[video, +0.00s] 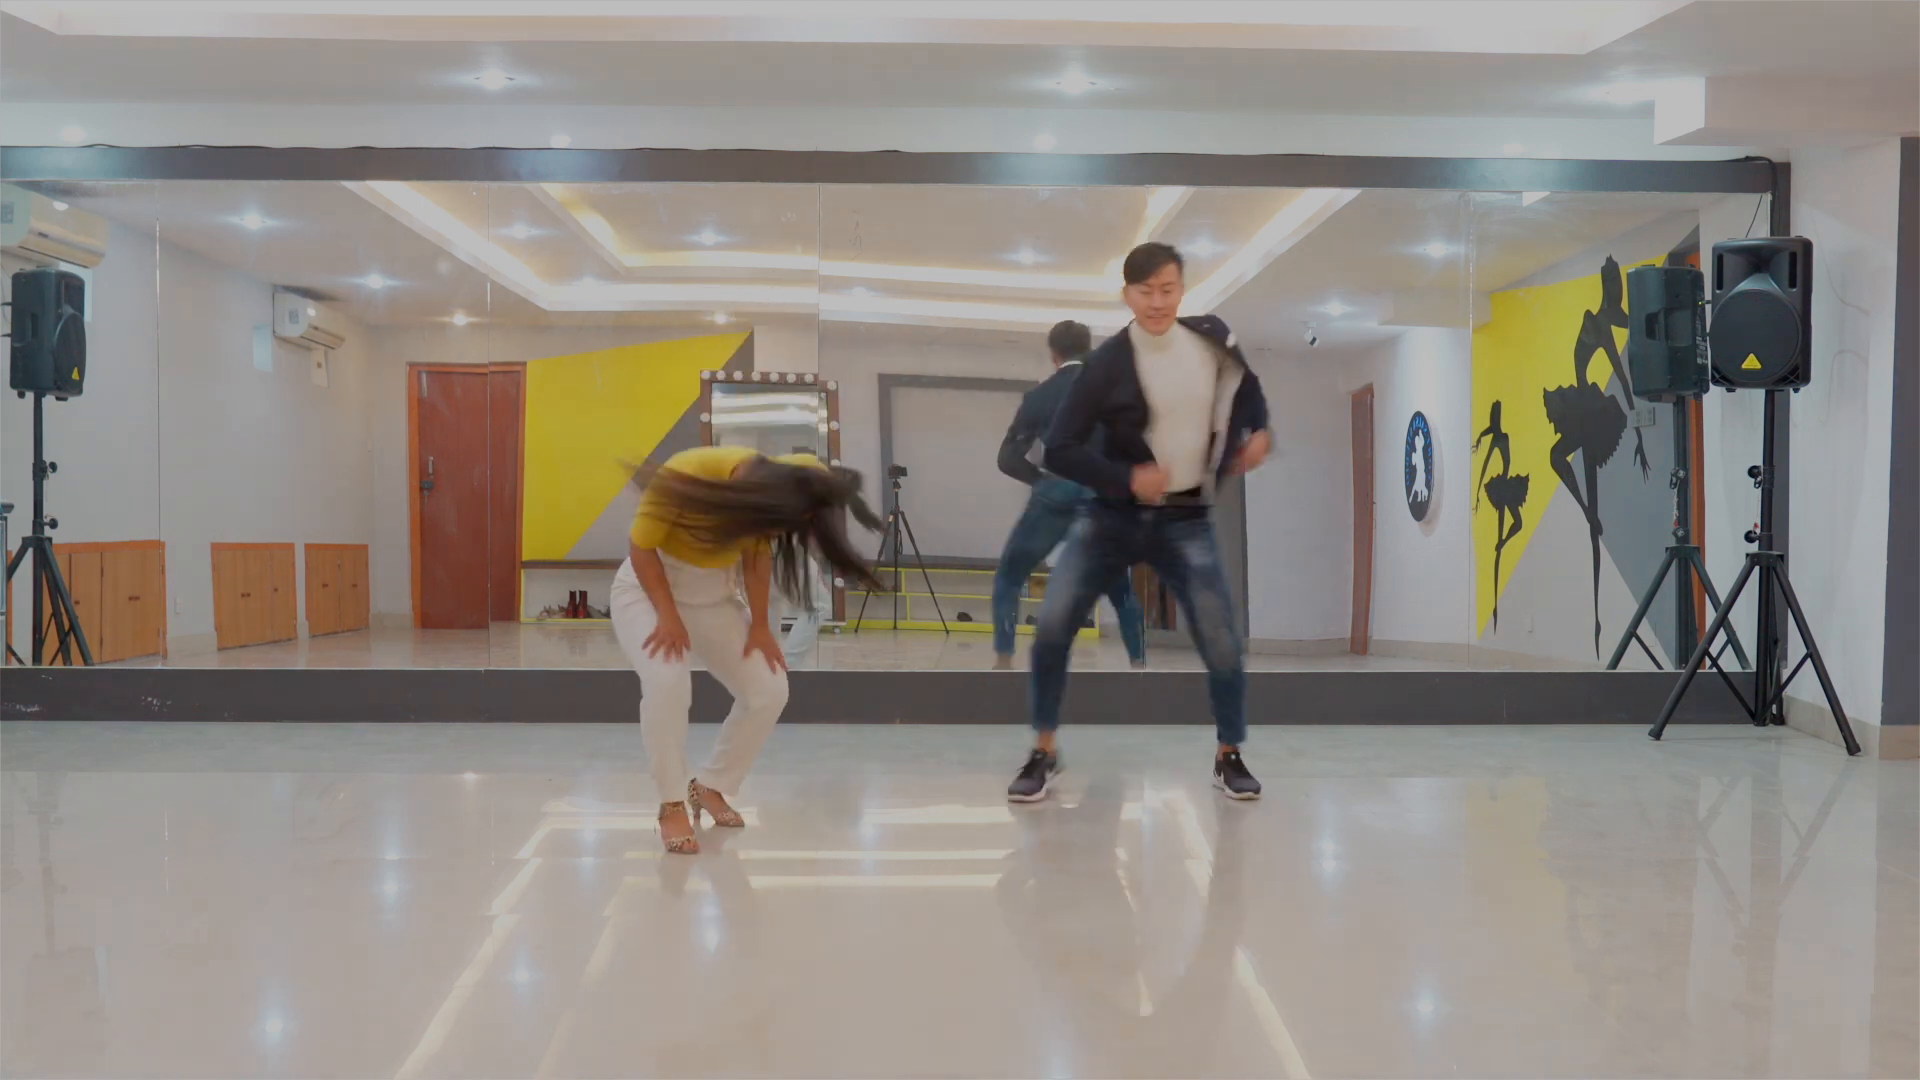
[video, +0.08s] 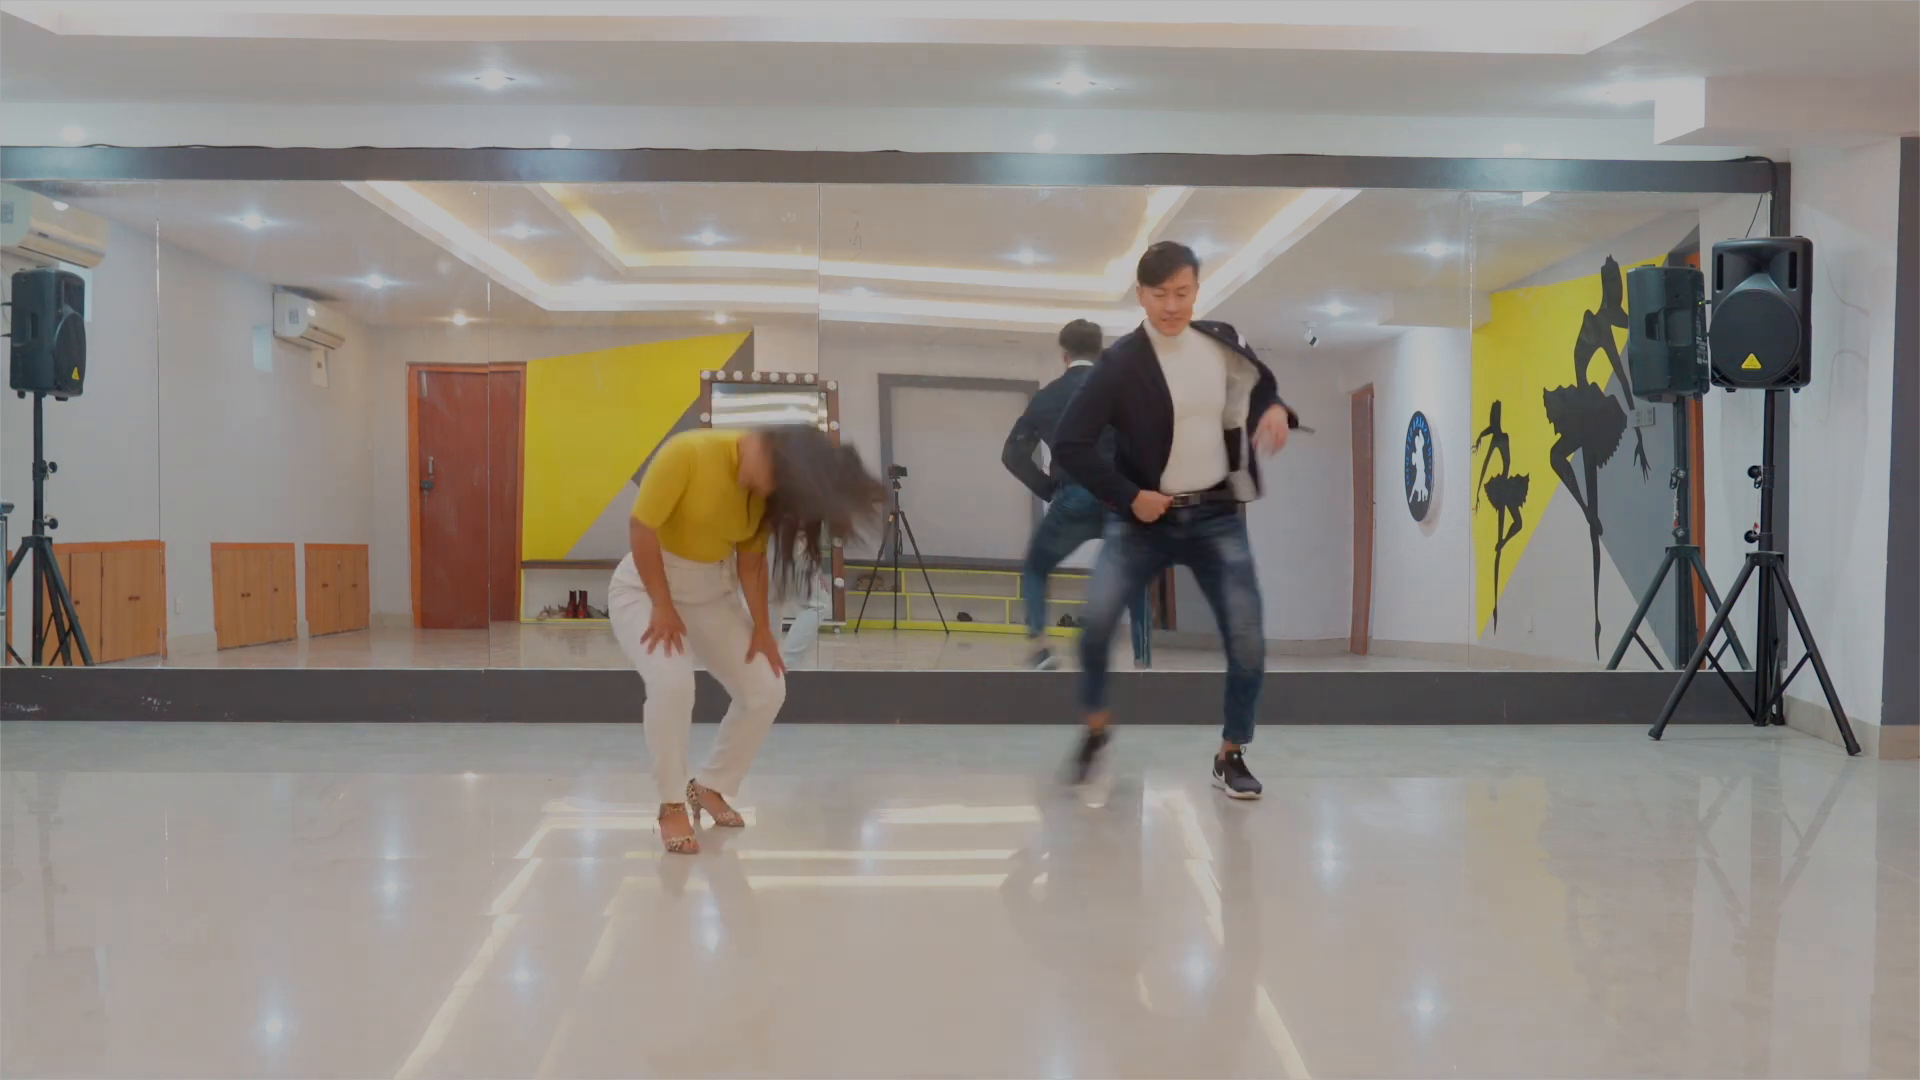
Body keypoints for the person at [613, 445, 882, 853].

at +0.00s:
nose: (780, 528)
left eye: (789, 524)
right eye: (781, 522)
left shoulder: (775, 486)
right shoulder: (682, 474)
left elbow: (757, 553)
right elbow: (641, 545)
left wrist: (760, 624)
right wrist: (668, 615)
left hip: (712, 593)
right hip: (646, 588)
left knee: (768, 689)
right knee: (667, 679)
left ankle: (710, 785)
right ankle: (673, 804)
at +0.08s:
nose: (770, 498)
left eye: (778, 496)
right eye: (776, 490)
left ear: (781, 479)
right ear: (776, 463)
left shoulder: (761, 487)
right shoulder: (686, 453)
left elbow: (753, 557)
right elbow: (641, 526)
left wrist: (762, 626)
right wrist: (662, 604)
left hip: (711, 593)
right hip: (645, 588)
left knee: (764, 689)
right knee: (673, 679)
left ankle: (710, 785)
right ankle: (672, 804)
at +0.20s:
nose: (775, 399)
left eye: (788, 405)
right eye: (776, 383)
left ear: (788, 426)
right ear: (751, 374)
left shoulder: (763, 467)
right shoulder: (679, 438)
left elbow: (758, 543)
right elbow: (634, 514)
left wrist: (761, 614)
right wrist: (656, 588)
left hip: (713, 589)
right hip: (648, 583)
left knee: (762, 688)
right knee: (680, 686)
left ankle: (711, 787)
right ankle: (674, 805)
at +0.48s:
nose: (727, 349)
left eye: (738, 343)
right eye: (715, 346)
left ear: (758, 367)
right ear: (701, 369)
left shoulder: (762, 431)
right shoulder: (680, 419)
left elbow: (755, 503)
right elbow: (618, 477)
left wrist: (751, 563)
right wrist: (647, 550)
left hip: (728, 578)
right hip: (664, 574)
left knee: (762, 688)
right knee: (679, 687)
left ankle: (710, 786)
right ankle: (673, 807)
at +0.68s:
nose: (719, 335)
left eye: (731, 327)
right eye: (708, 330)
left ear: (752, 347)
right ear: (696, 351)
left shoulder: (763, 411)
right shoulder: (676, 400)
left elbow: (761, 469)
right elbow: (606, 434)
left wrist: (756, 497)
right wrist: (652, 486)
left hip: (732, 566)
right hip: (668, 565)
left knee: (756, 682)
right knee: (679, 684)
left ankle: (711, 786)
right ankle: (673, 805)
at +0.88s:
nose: (718, 322)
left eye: (730, 313)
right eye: (708, 316)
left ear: (752, 331)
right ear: (695, 334)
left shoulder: (766, 394)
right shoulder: (676, 376)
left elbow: (779, 456)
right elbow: (601, 399)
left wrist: (762, 475)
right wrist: (653, 431)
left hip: (735, 549)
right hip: (672, 546)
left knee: (748, 676)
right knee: (678, 677)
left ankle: (711, 786)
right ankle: (674, 805)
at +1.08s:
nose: (718, 318)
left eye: (731, 309)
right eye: (708, 310)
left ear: (752, 322)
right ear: (695, 321)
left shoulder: (770, 384)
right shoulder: (678, 369)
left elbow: (823, 425)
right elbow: (597, 389)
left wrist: (817, 407)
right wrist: (648, 377)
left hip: (742, 546)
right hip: (676, 539)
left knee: (739, 671)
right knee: (683, 671)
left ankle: (714, 789)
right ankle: (684, 802)